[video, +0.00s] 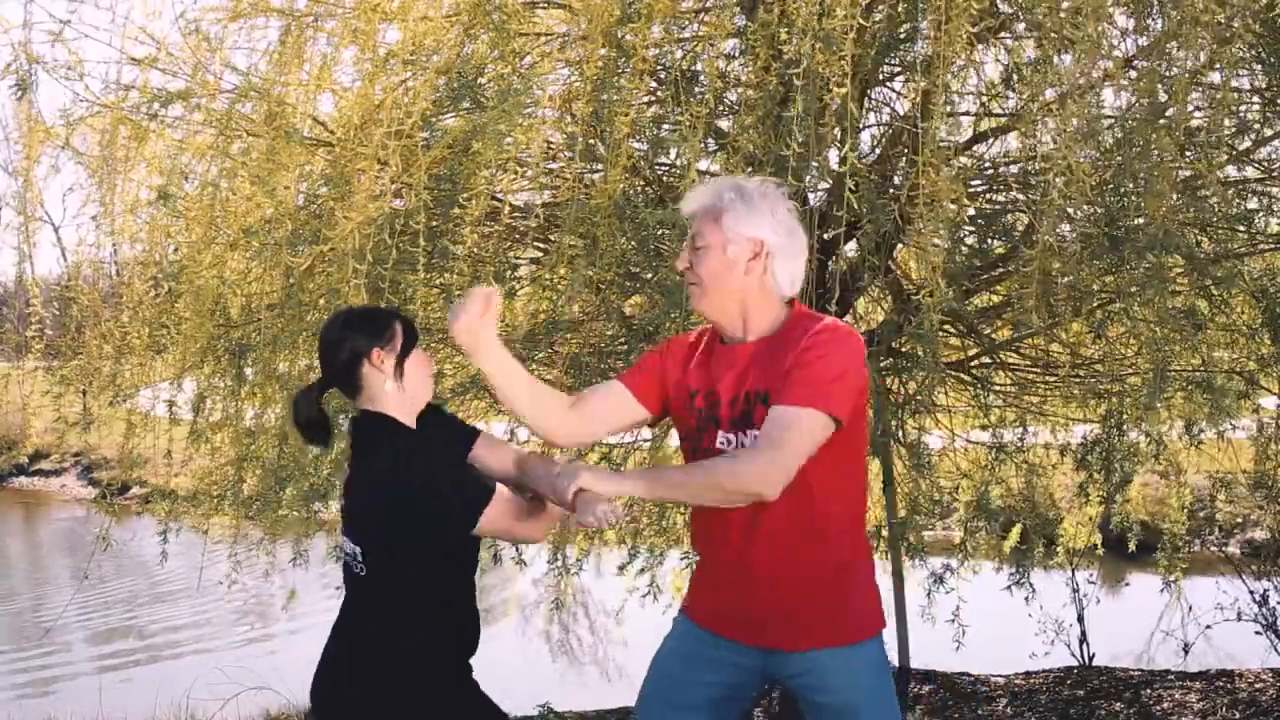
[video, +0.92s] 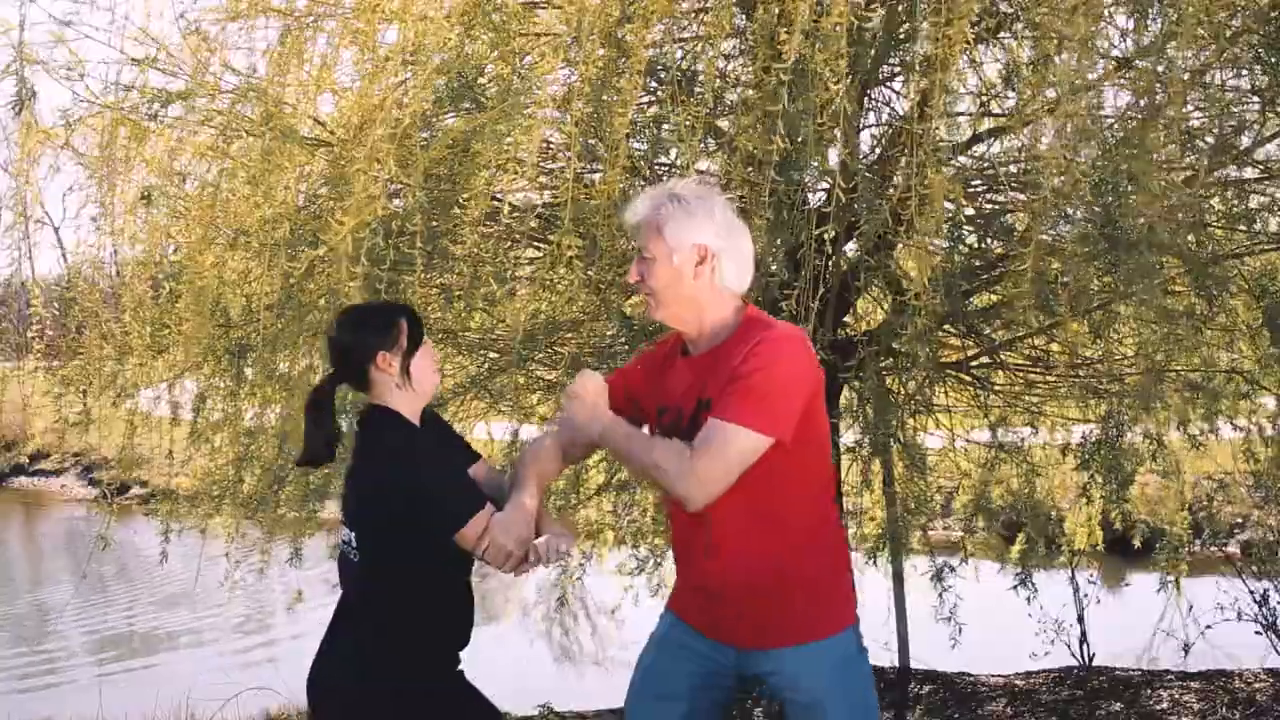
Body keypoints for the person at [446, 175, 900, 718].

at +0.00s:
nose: (681, 263)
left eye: (697, 246)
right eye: (686, 247)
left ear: (753, 256)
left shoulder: (829, 346)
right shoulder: (683, 360)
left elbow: (763, 474)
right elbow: (566, 420)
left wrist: (623, 483)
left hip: (834, 640)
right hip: (712, 632)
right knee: (657, 712)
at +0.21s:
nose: (649, 270)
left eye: (665, 253)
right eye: (653, 253)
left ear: (723, 257)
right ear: (716, 259)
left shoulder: (805, 349)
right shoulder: (658, 365)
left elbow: (797, 494)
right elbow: (555, 445)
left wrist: (657, 496)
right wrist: (557, 350)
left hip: (818, 640)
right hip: (697, 635)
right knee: (639, 709)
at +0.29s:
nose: (638, 272)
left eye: (653, 255)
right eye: (642, 256)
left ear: (710, 258)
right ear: (705, 260)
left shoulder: (796, 353)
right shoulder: (654, 359)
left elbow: (800, 499)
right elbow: (548, 423)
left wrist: (689, 438)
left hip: (807, 646)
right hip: (689, 635)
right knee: (637, 709)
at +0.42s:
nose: (637, 271)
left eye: (652, 253)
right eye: (640, 255)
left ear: (708, 257)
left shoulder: (779, 350)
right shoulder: (655, 353)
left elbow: (650, 448)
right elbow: (553, 435)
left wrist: (529, 418)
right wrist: (521, 525)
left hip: (796, 631)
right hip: (681, 625)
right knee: (631, 711)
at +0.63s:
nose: (629, 280)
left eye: (641, 264)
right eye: (632, 264)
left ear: (696, 267)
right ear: (693, 269)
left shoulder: (774, 358)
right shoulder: (653, 364)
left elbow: (679, 484)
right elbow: (548, 442)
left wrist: (584, 414)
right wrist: (515, 512)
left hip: (795, 639)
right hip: (682, 631)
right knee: (629, 710)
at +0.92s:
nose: (632, 276)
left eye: (645, 258)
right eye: (636, 259)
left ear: (701, 261)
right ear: (698, 263)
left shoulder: (780, 352)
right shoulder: (659, 368)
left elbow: (695, 481)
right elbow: (560, 440)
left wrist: (600, 425)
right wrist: (522, 505)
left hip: (809, 639)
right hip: (694, 632)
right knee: (645, 710)